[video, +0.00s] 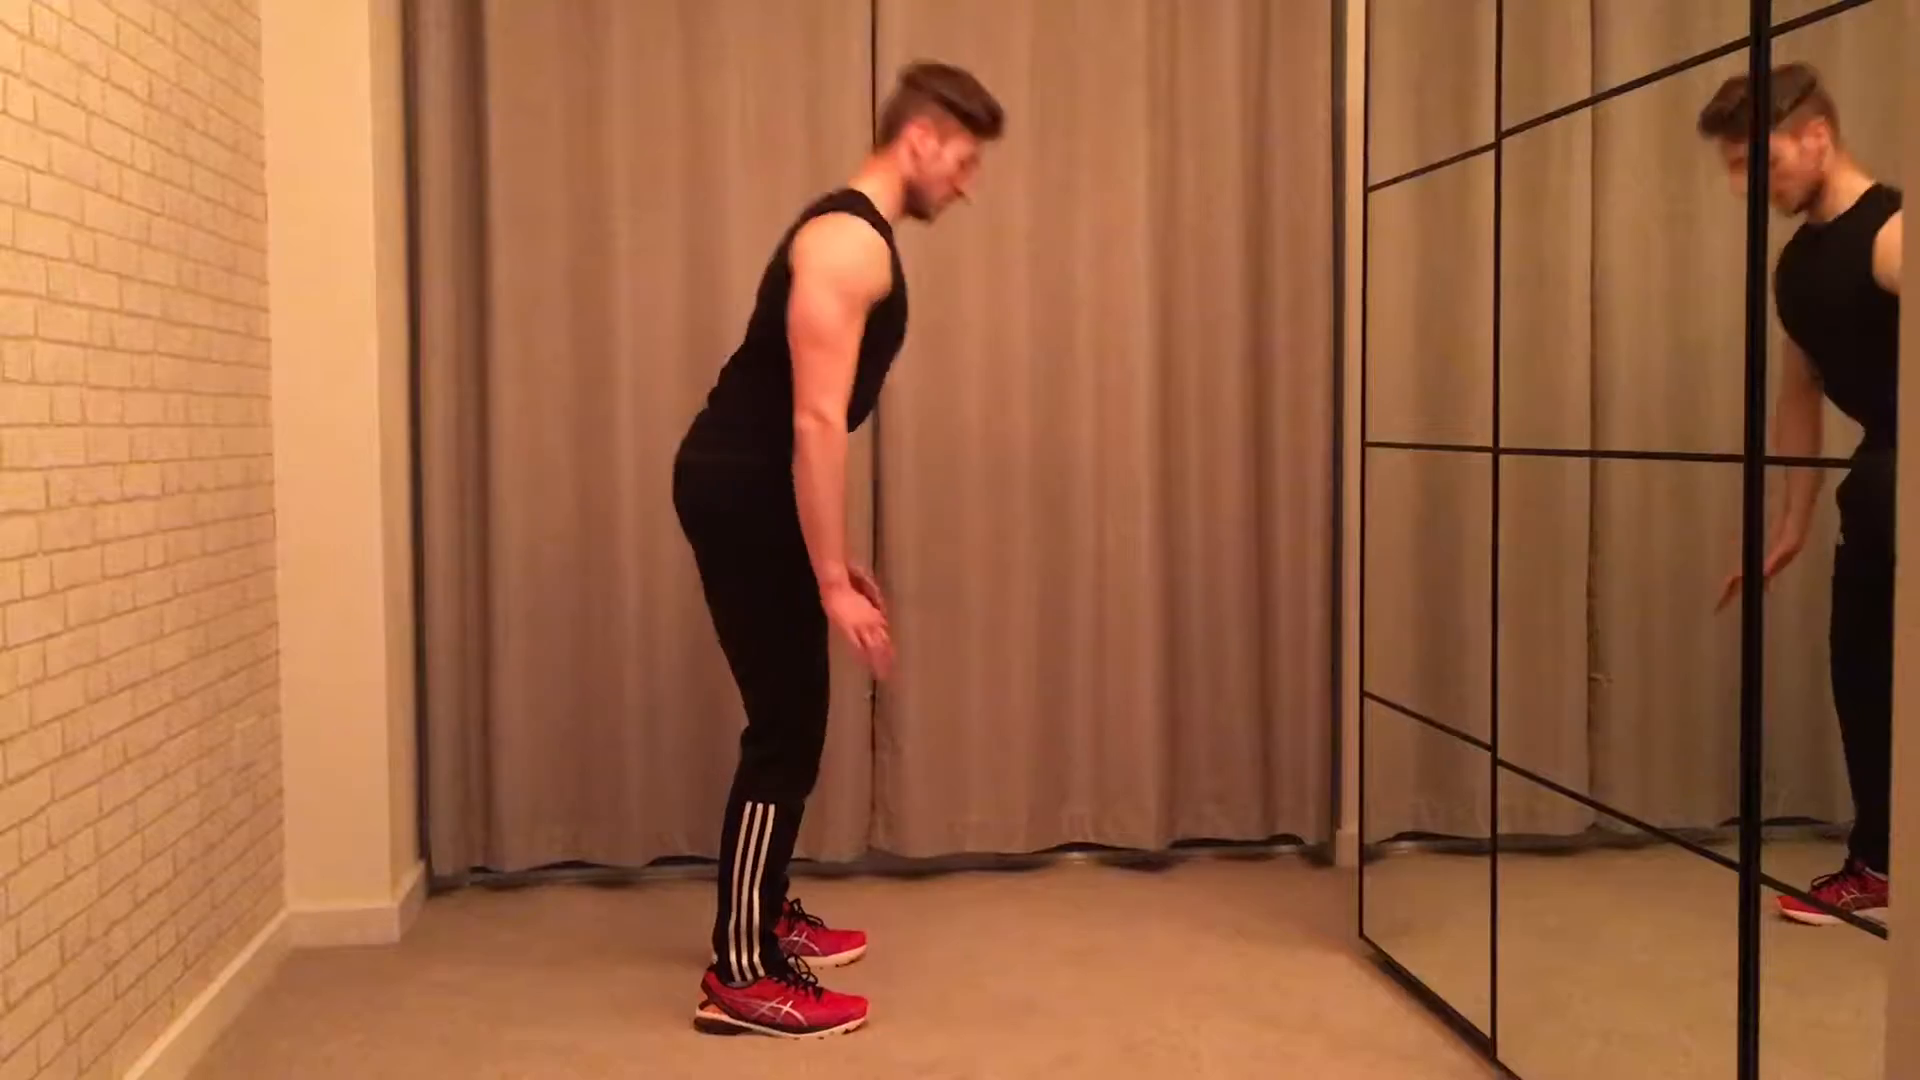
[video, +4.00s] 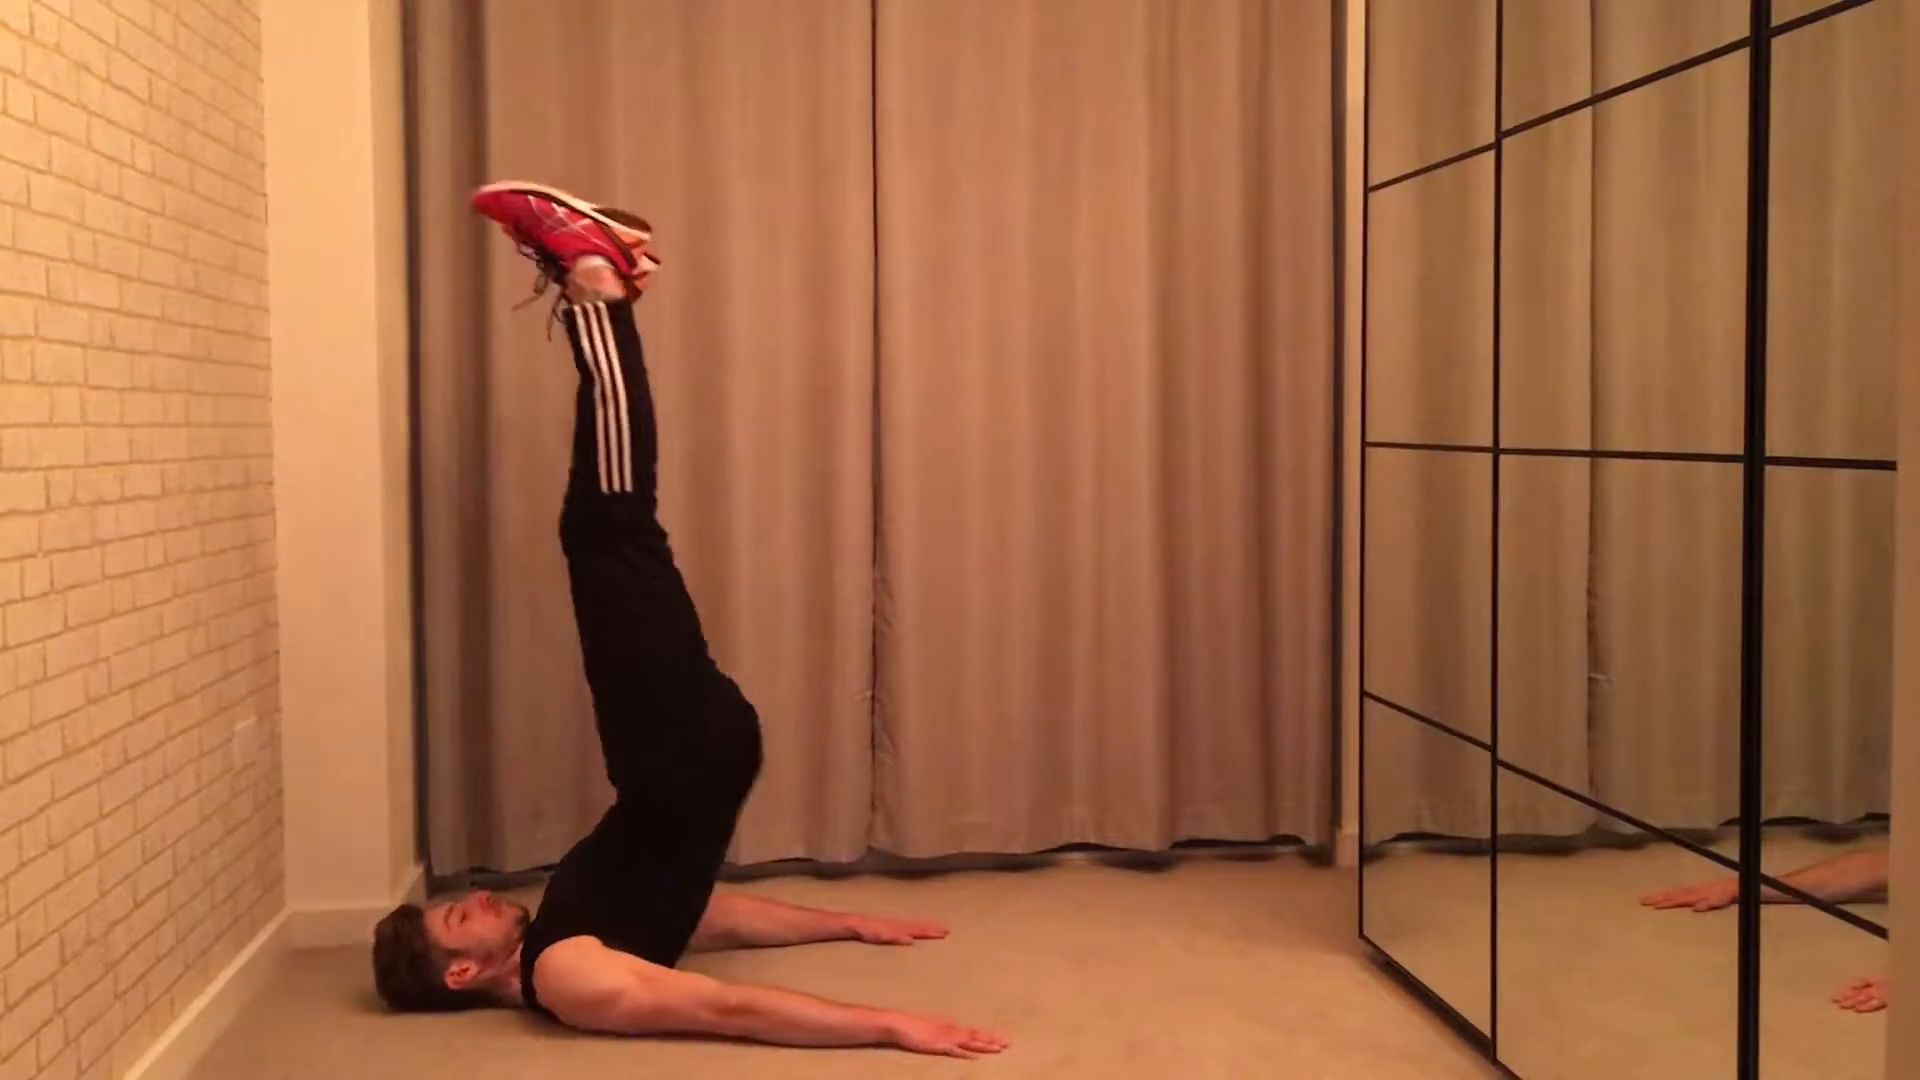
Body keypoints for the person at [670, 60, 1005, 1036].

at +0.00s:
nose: (970, 181)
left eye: (977, 164)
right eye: (967, 159)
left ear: (920, 141)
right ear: (920, 136)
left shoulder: (864, 236)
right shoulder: (846, 242)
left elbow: (821, 423)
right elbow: (815, 422)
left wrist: (838, 560)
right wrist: (832, 579)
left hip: (760, 479)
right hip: (741, 487)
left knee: (794, 714)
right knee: (787, 719)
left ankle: (766, 919)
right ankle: (739, 974)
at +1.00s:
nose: (1196, 724)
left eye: (1214, 717)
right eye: (1215, 708)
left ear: (1193, 657)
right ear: (1202, 662)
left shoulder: (1099, 654)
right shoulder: (1096, 667)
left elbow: (1045, 817)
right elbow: (1058, 847)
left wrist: (1033, 920)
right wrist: (1047, 1011)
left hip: (837, 644)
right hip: (838, 660)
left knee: (653, 802)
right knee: (650, 814)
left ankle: (431, 881)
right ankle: (407, 919)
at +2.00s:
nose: (1134, 199)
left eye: (1142, 181)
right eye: (1136, 175)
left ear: (1087, 151)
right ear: (1096, 149)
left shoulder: (1006, 233)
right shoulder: (1032, 256)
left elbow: (959, 423)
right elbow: (1002, 445)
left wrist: (974, 539)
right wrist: (1011, 614)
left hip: (869, 465)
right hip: (886, 477)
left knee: (926, 699)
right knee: (950, 708)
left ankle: (865, 900)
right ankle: (865, 947)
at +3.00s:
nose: (906, 622)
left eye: (904, 604)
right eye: (892, 605)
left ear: (840, 614)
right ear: (842, 612)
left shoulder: (826, 682)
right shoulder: (842, 696)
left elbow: (845, 852)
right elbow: (828, 871)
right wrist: (861, 1008)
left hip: (914, 920)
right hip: (929, 943)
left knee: (1028, 694)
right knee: (1045, 729)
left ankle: (1063, 904)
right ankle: (1155, 917)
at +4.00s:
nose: (479, 899)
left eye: (459, 900)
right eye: (460, 918)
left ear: (482, 907)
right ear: (468, 972)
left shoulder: (575, 939)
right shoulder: (568, 975)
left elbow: (724, 914)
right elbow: (728, 1012)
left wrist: (851, 925)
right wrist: (892, 1028)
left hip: (685, 762)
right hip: (696, 762)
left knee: (611, 531)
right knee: (607, 533)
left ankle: (596, 291)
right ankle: (591, 288)